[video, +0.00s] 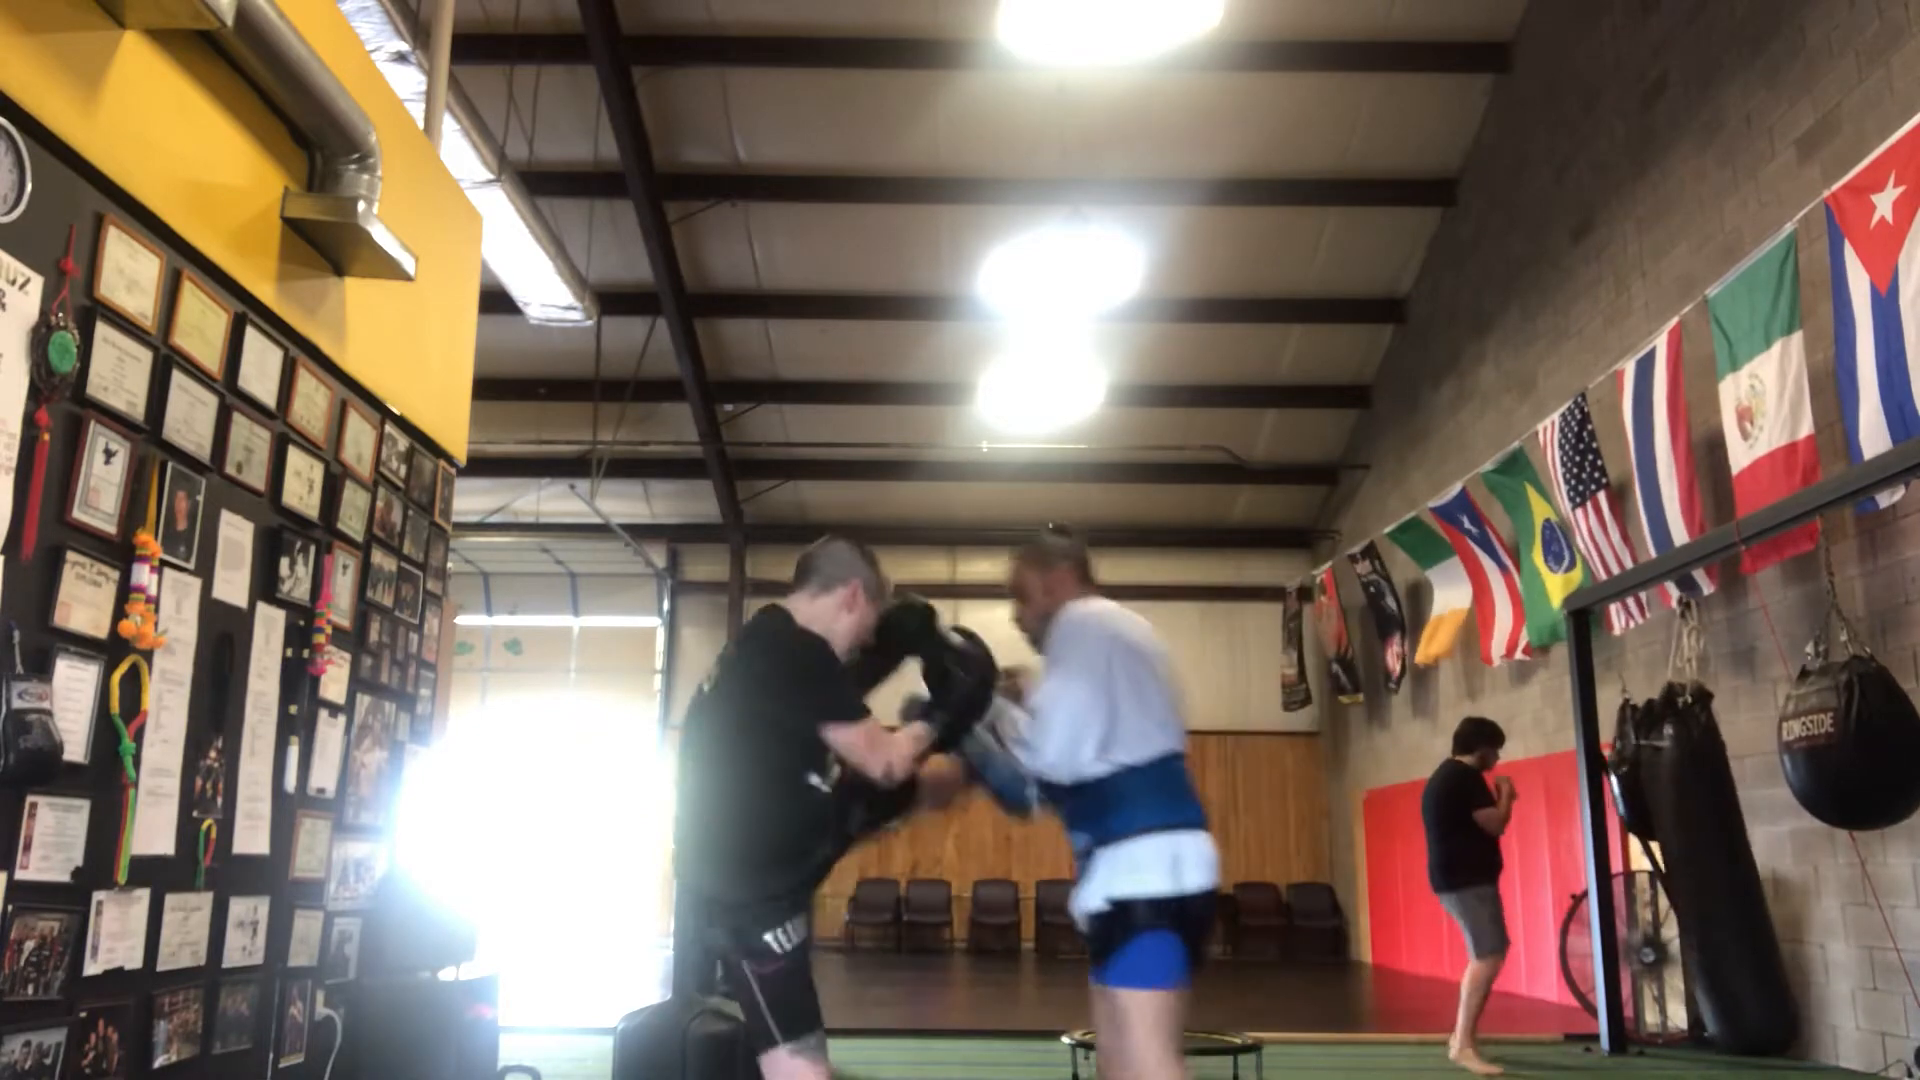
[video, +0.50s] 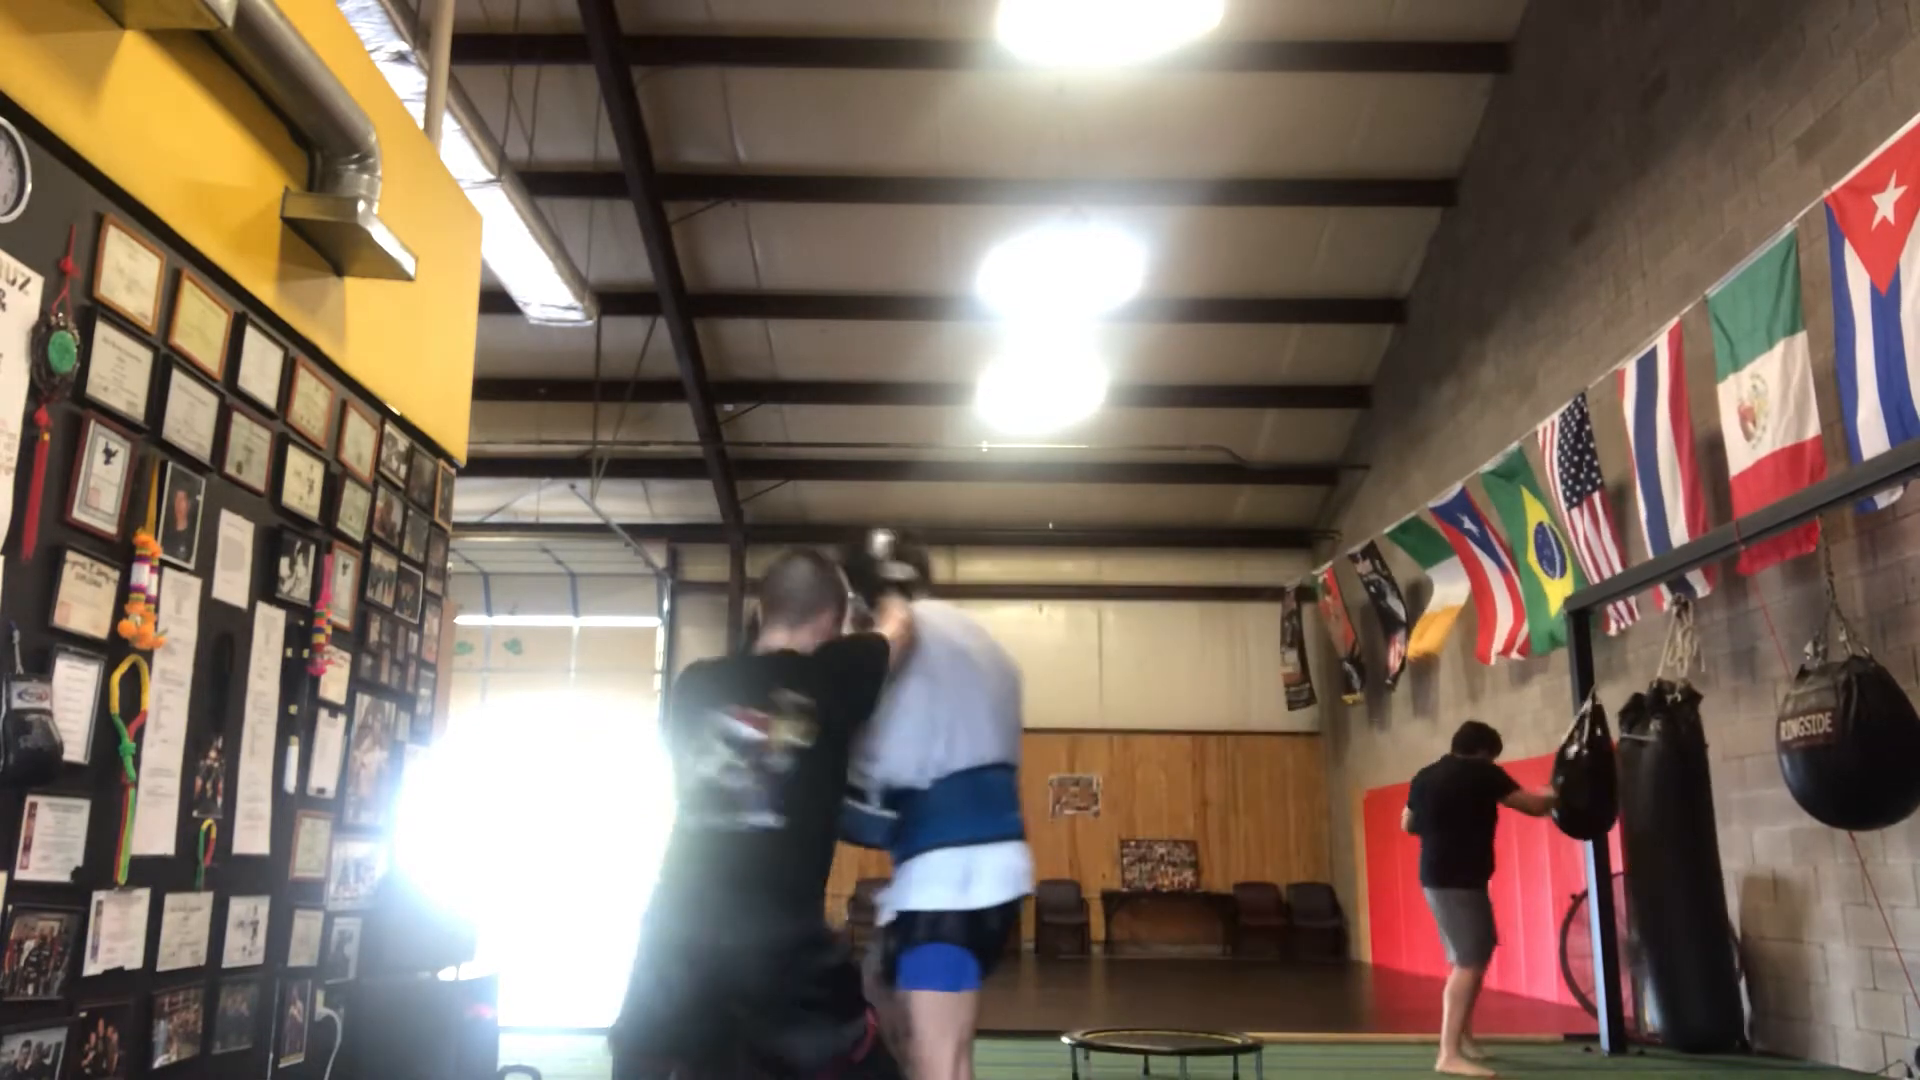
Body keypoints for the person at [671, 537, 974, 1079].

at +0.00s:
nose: (866, 638)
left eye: (875, 623)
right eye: (872, 619)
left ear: (805, 589)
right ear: (851, 597)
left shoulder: (758, 645)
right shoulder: (796, 654)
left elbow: (816, 717)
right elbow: (887, 762)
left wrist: (881, 654)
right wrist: (941, 709)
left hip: (720, 896)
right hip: (752, 905)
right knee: (798, 1066)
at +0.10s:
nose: (851, 623)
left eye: (860, 610)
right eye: (856, 606)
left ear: (788, 585)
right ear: (833, 593)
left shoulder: (747, 645)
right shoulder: (799, 655)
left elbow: (802, 723)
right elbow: (884, 763)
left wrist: (858, 642)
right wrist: (936, 674)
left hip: (718, 911)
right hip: (764, 924)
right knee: (784, 1063)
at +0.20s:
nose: (840, 616)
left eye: (843, 602)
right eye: (841, 600)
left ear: (766, 582)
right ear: (818, 586)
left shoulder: (737, 649)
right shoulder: (799, 656)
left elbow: (789, 721)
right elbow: (903, 738)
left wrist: (836, 649)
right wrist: (929, 642)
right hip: (768, 932)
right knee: (784, 1064)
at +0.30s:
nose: (835, 600)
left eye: (836, 587)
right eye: (834, 585)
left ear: (763, 574)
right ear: (813, 576)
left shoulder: (722, 647)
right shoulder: (811, 648)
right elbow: (913, 709)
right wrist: (942, 645)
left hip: (706, 891)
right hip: (773, 901)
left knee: (727, 1049)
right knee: (780, 1058)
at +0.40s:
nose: (833, 605)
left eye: (834, 592)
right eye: (834, 590)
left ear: (760, 580)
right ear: (814, 584)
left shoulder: (700, 653)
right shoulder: (827, 646)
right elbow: (926, 662)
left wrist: (839, 716)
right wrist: (941, 616)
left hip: (694, 912)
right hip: (786, 916)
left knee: (703, 1059)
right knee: (801, 1063)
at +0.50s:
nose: (834, 630)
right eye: (837, 619)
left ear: (761, 609)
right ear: (830, 618)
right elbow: (896, 628)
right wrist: (890, 594)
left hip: (677, 951)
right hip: (782, 952)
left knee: (643, 1066)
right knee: (860, 1065)